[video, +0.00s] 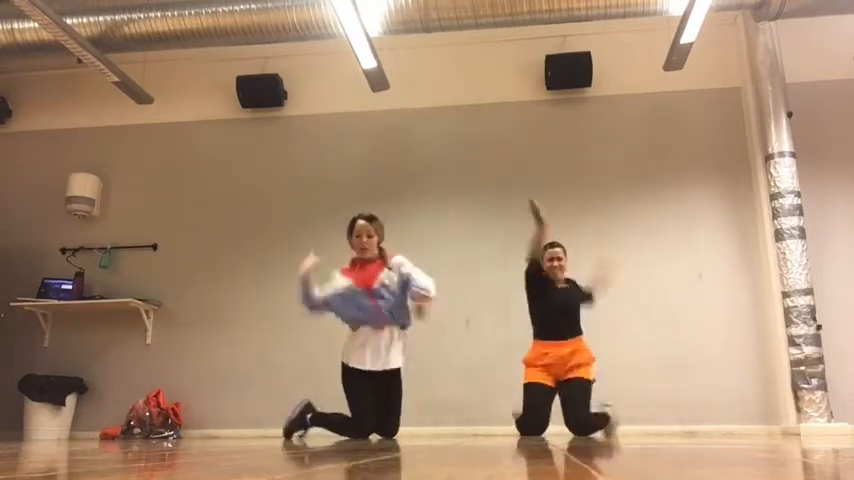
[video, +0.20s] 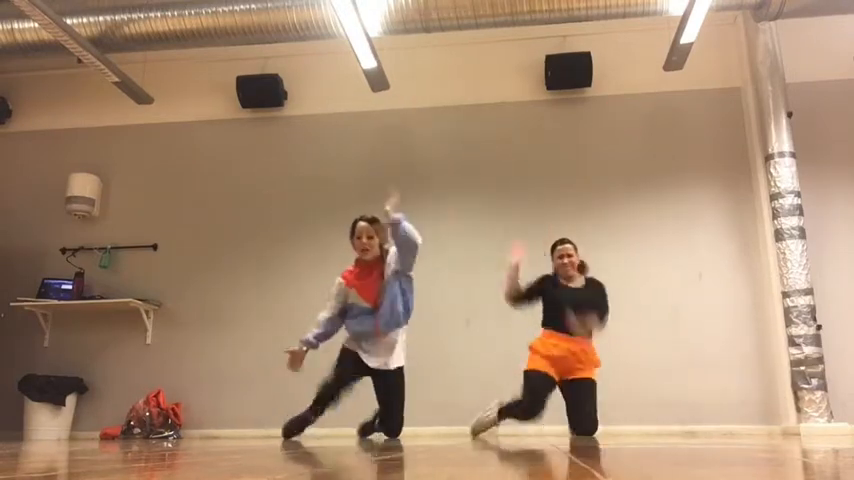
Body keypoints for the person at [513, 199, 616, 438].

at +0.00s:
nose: (555, 263)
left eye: (559, 258)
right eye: (550, 259)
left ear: (566, 262)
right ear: (542, 263)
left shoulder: (573, 288)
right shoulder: (537, 285)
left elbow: (589, 297)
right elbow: (533, 260)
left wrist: (599, 285)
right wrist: (540, 228)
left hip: (575, 361)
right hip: (542, 363)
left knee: (579, 427)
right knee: (532, 430)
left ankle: (605, 418)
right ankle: (520, 420)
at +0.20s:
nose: (566, 260)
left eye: (570, 255)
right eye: (560, 257)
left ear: (578, 259)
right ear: (553, 263)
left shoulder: (594, 287)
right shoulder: (547, 283)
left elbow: (600, 320)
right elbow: (515, 298)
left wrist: (584, 325)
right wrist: (514, 272)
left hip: (580, 359)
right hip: (546, 354)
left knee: (586, 429)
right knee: (530, 409)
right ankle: (498, 413)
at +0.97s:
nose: (509, 219)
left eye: (513, 213)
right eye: (505, 217)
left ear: (528, 211)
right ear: (504, 223)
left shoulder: (554, 230)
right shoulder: (509, 248)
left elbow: (589, 249)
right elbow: (518, 272)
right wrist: (540, 275)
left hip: (574, 296)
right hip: (547, 305)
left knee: (563, 354)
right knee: (515, 352)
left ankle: (603, 417)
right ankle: (542, 413)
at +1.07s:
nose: (513, 228)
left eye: (514, 220)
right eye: (508, 223)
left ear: (527, 214)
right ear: (507, 224)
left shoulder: (560, 230)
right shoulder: (514, 246)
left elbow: (584, 262)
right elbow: (517, 287)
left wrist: (591, 263)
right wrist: (518, 270)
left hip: (571, 297)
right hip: (543, 305)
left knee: (573, 346)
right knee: (516, 357)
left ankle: (599, 415)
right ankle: (544, 418)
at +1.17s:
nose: (522, 236)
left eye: (523, 230)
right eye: (517, 233)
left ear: (531, 216)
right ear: (514, 229)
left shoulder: (553, 225)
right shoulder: (523, 239)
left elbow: (553, 264)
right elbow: (517, 272)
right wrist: (494, 297)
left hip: (567, 300)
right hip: (536, 304)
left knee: (594, 342)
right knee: (530, 363)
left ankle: (588, 416)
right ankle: (536, 419)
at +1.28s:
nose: (517, 230)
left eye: (520, 222)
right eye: (512, 225)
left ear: (531, 214)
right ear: (508, 224)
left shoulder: (548, 227)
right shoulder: (521, 240)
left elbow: (538, 263)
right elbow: (533, 269)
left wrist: (507, 274)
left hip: (568, 302)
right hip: (538, 306)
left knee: (598, 341)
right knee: (534, 364)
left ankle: (592, 416)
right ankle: (535, 420)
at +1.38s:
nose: (516, 226)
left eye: (519, 219)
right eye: (511, 223)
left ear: (531, 212)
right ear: (507, 224)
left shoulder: (549, 220)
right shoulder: (516, 247)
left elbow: (565, 238)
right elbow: (522, 284)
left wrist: (538, 253)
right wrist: (513, 289)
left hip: (570, 290)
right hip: (545, 301)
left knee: (572, 344)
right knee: (522, 353)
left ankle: (604, 415)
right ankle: (542, 414)